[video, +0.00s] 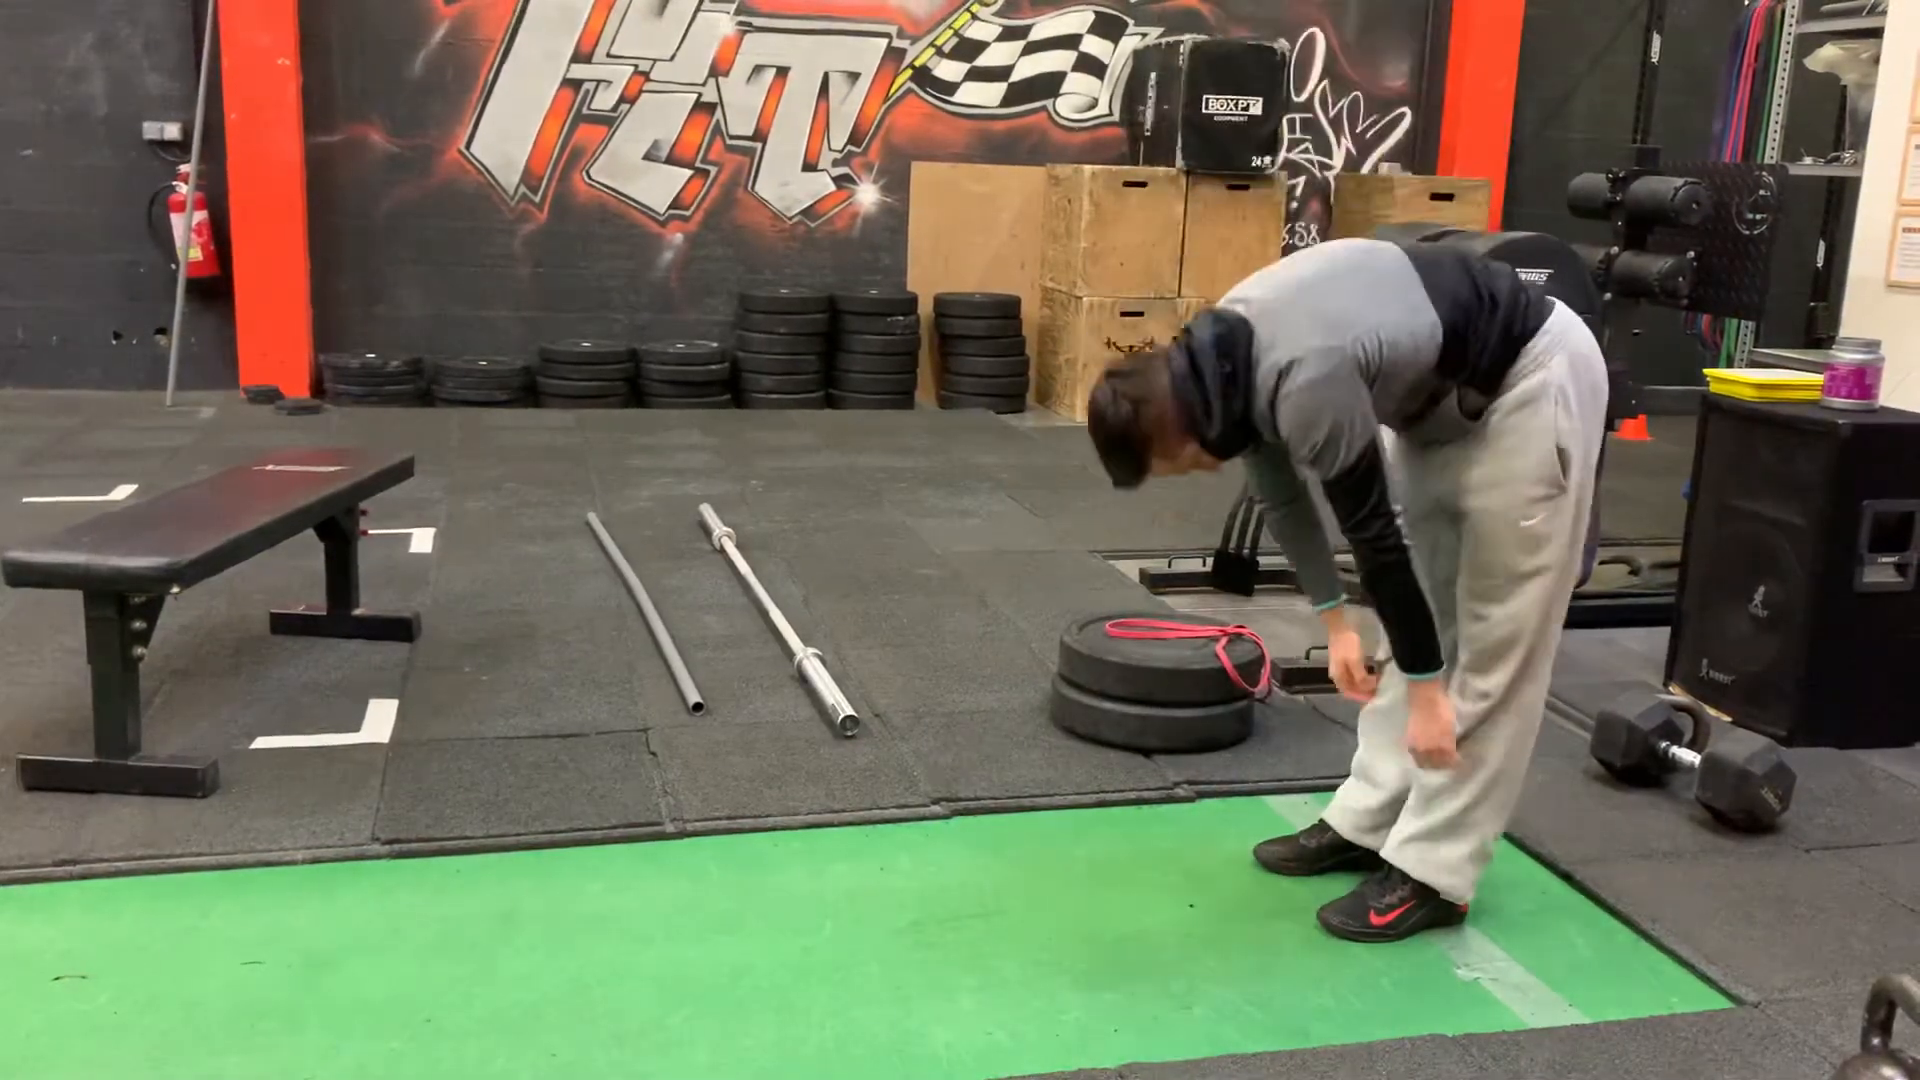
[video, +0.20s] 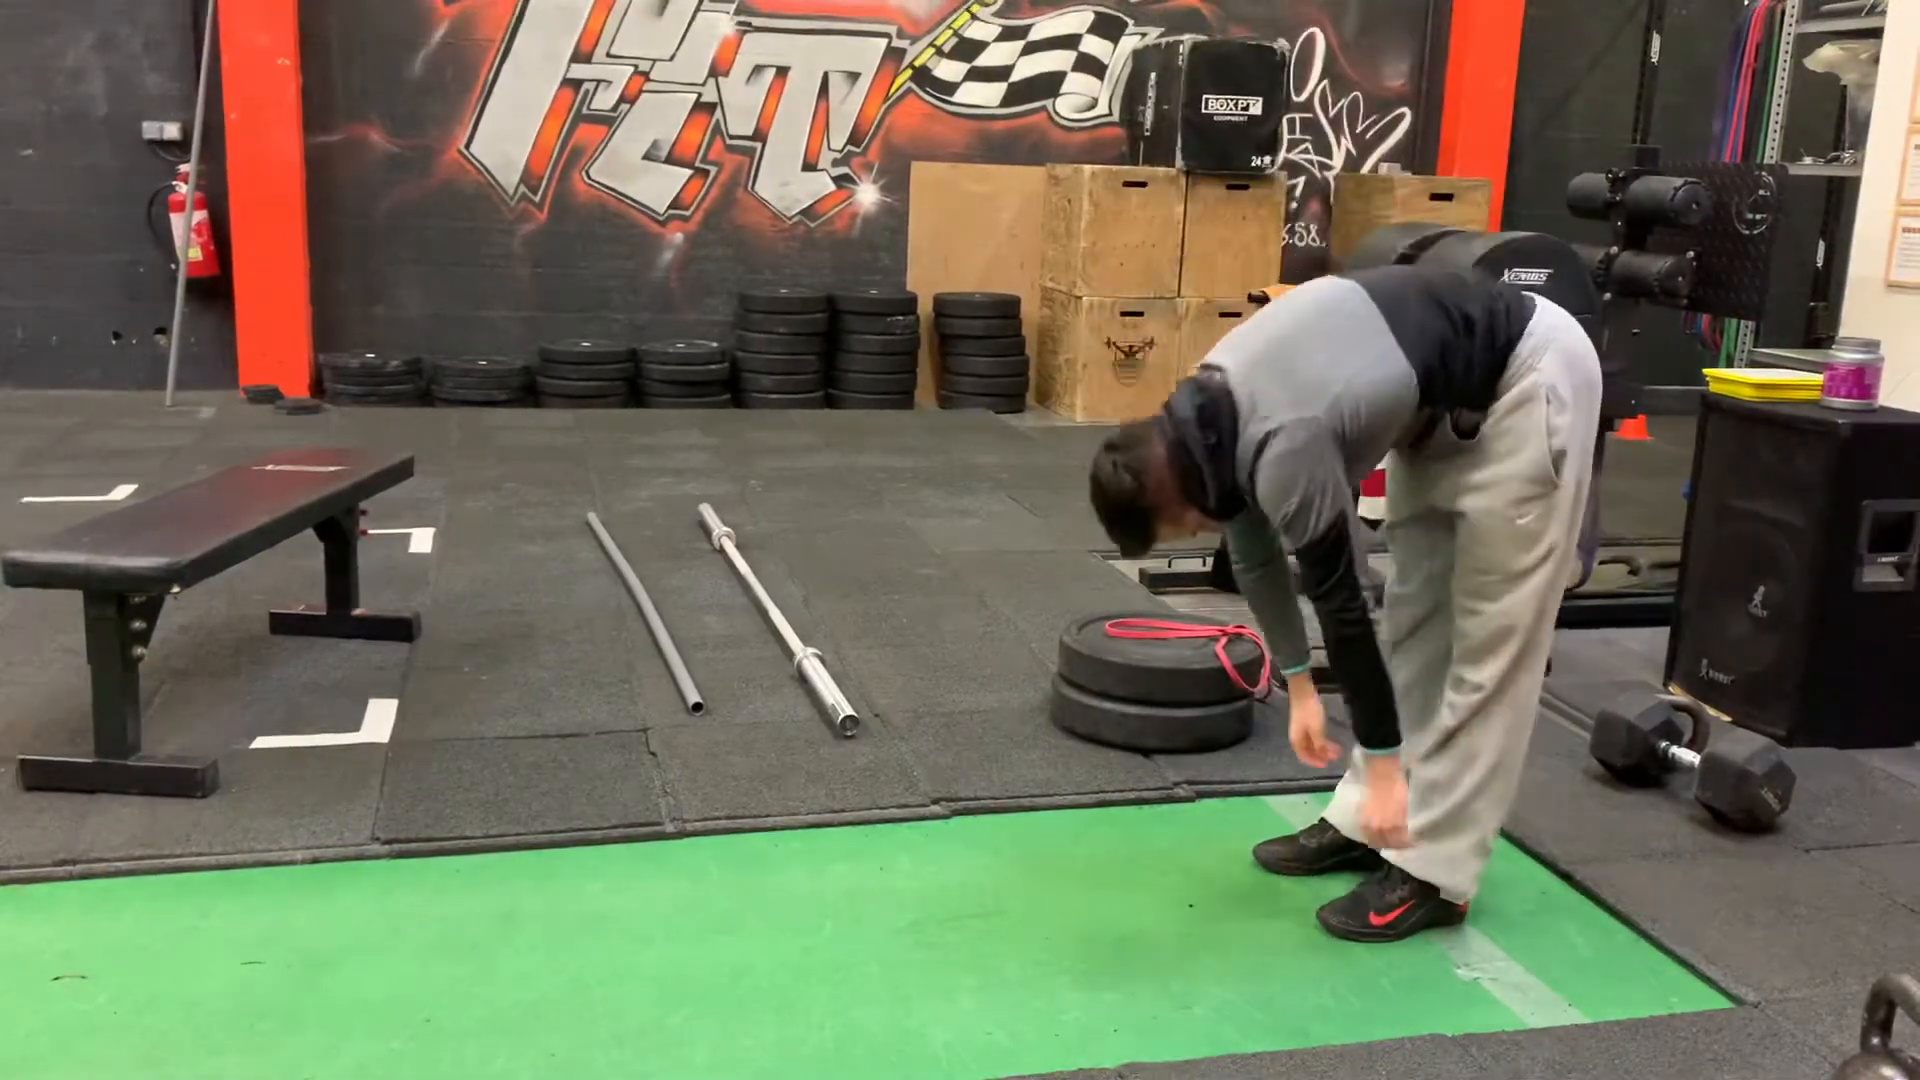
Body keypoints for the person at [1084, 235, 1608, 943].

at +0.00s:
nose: (1183, 471)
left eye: (1171, 459)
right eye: (1167, 467)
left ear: (1181, 419)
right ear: (1165, 405)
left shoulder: (1308, 376)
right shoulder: (1215, 366)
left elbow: (1376, 539)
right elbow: (1286, 503)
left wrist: (1428, 688)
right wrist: (1338, 624)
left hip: (1532, 377)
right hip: (1424, 396)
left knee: (1495, 634)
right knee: (1402, 612)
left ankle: (1435, 871)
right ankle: (1369, 819)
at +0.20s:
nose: (1193, 536)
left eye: (1182, 527)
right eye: (1177, 534)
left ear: (1181, 487)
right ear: (1165, 473)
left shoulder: (1286, 447)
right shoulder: (1201, 418)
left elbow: (1344, 610)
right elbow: (1258, 565)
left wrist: (1384, 769)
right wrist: (1301, 689)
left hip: (1530, 377)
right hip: (1432, 395)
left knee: (1489, 637)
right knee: (1410, 616)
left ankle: (1439, 871)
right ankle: (1362, 826)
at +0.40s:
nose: (1195, 593)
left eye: (1185, 584)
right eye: (1182, 593)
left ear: (1179, 548)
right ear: (1155, 538)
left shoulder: (1264, 501)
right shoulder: (1184, 460)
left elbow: (1303, 672)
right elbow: (1224, 621)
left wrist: (1323, 833)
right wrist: (1251, 759)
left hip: (1515, 372)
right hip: (1421, 381)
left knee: (1480, 647)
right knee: (1403, 630)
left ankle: (1437, 871)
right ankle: (1371, 828)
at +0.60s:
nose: (1186, 641)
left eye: (1182, 635)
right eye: (1178, 644)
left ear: (1179, 594)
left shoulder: (1252, 547)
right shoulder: (1170, 508)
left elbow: (1275, 710)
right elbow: (1204, 656)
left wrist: (1281, 884)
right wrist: (1211, 803)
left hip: (1495, 368)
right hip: (1405, 368)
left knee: (1470, 638)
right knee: (1391, 623)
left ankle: (1434, 871)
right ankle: (1364, 821)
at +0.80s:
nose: (1194, 672)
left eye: (1186, 665)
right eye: (1184, 672)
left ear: (1171, 627)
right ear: (1152, 616)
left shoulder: (1234, 579)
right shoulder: (1167, 553)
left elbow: (1278, 730)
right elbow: (1214, 691)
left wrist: (1292, 900)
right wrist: (1221, 839)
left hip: (1462, 366)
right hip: (1379, 368)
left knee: (1452, 634)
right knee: (1378, 625)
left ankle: (1433, 868)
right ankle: (1366, 821)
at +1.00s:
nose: (1166, 693)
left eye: (1155, 688)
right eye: (1155, 693)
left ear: (1129, 649)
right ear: (1114, 626)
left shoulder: (1191, 600)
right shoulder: (1136, 563)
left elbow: (1204, 759)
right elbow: (1208, 693)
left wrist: (1167, 922)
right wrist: (1211, 830)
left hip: (1422, 365)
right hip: (1344, 367)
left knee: (1432, 634)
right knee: (1358, 627)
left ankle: (1431, 870)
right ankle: (1363, 823)